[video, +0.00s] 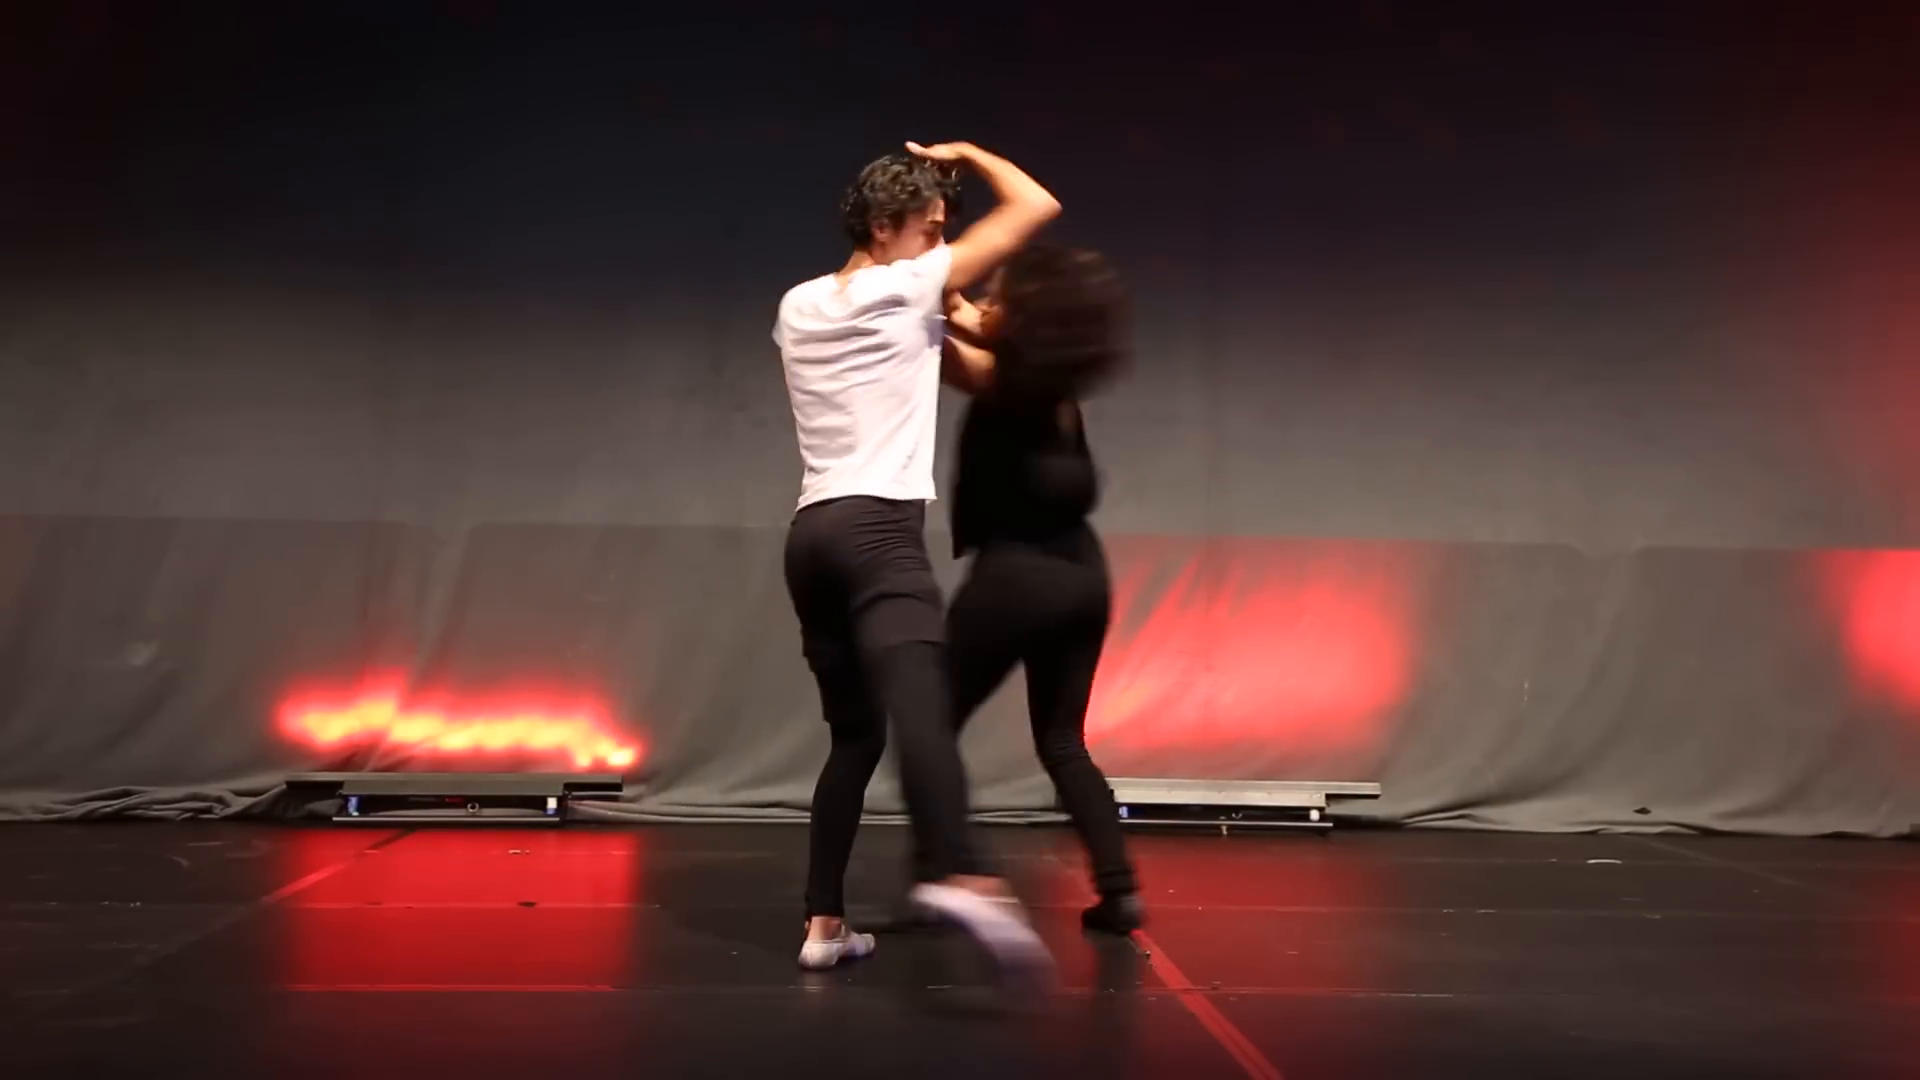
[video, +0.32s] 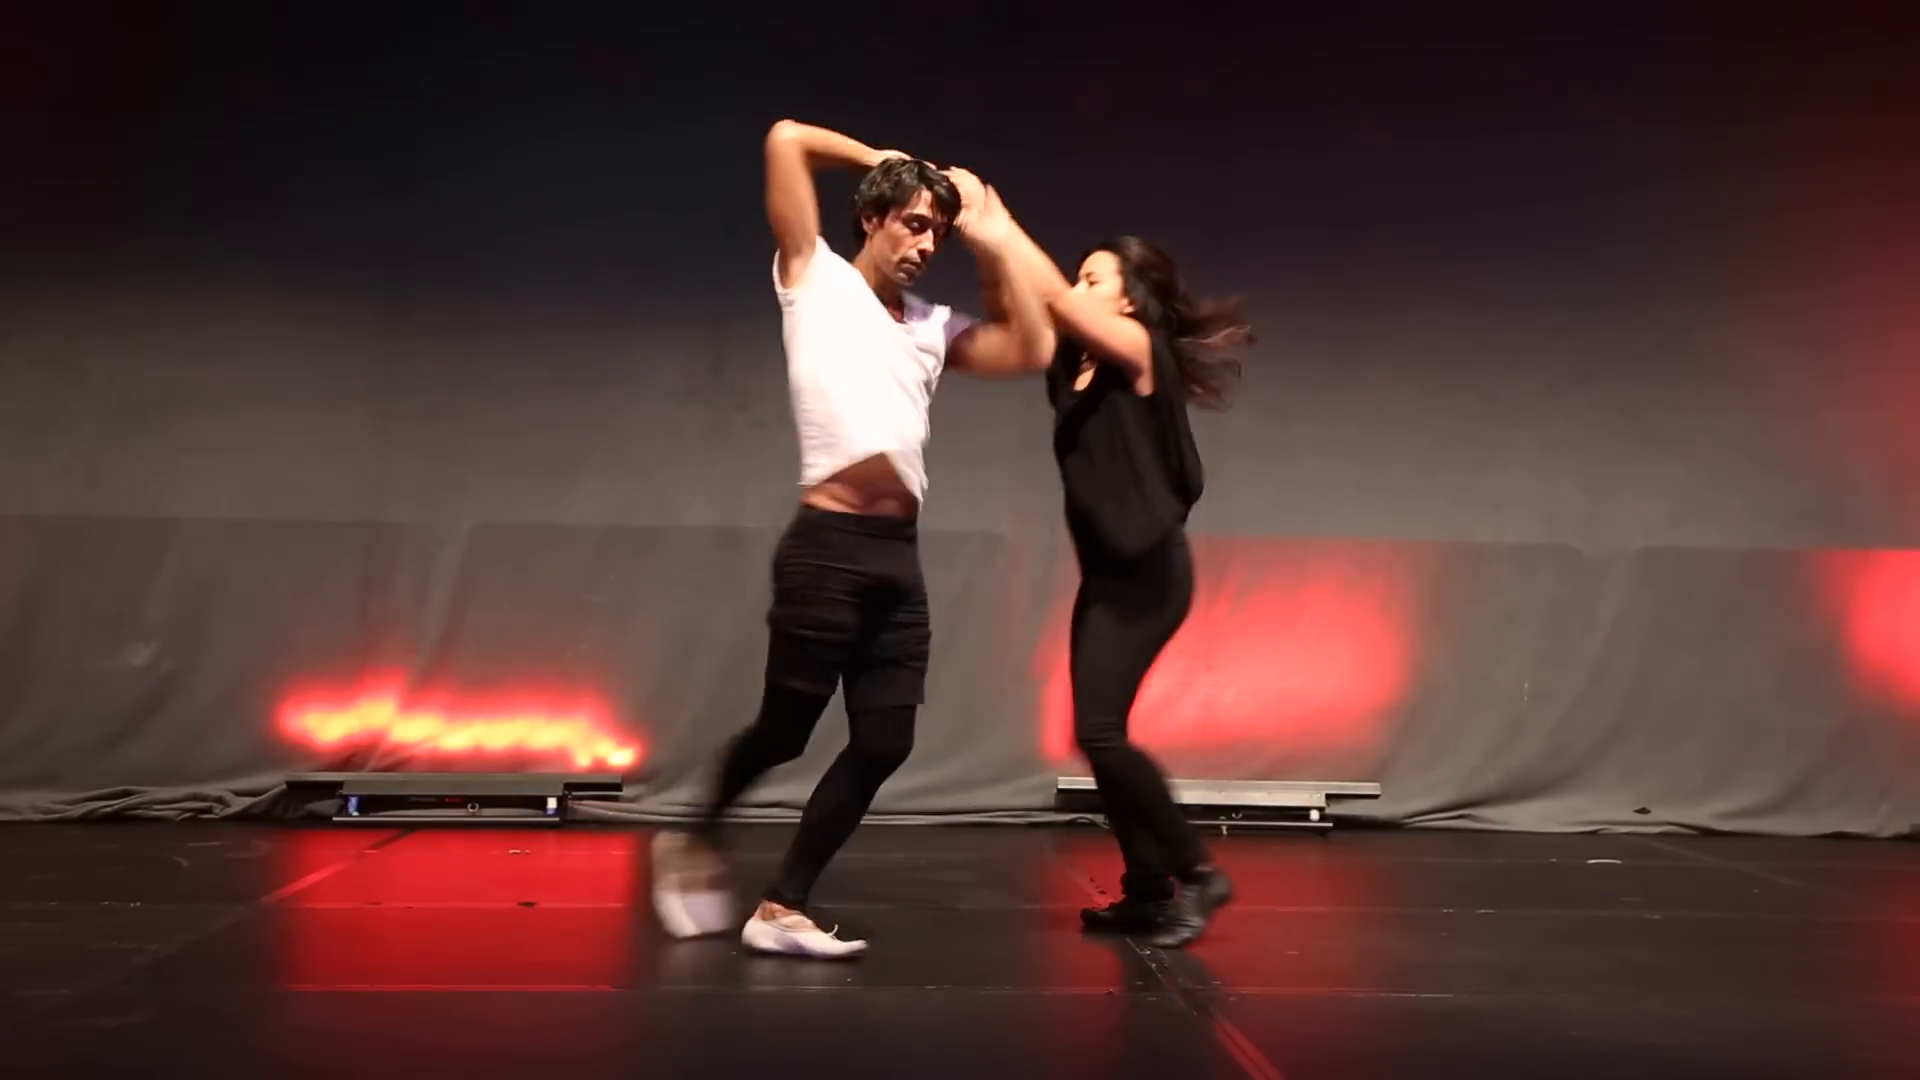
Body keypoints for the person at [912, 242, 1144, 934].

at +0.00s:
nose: (982, 303)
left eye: (998, 296)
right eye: (988, 293)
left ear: (1021, 316)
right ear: (1077, 324)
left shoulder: (997, 377)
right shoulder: (1063, 385)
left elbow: (922, 340)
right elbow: (990, 340)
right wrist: (939, 304)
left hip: (1008, 580)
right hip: (1079, 579)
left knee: (929, 720)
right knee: (1063, 743)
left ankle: (945, 875)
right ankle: (1119, 893)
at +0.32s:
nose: (1073, 283)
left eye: (1090, 274)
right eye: (1078, 273)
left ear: (1128, 297)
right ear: (1091, 291)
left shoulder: (1142, 354)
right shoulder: (1072, 358)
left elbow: (1055, 301)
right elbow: (1021, 307)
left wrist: (997, 222)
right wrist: (986, 231)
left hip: (1149, 574)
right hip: (1107, 577)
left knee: (1102, 731)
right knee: (1097, 733)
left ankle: (1196, 873)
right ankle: (1148, 889)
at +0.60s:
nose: (1110, 262)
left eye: (1126, 252)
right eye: (1111, 250)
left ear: (1171, 272)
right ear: (1112, 268)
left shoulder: (1182, 322)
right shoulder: (1094, 331)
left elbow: (1088, 253)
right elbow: (1018, 256)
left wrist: (1006, 182)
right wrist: (967, 171)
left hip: (1218, 554)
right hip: (1151, 554)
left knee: (1216, 723)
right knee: (1156, 723)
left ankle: (1236, 904)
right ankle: (1151, 881)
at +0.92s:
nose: (1146, 280)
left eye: (1161, 269)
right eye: (1148, 269)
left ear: (1208, 278)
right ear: (1163, 282)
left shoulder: (1228, 349)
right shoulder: (1147, 343)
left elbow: (1121, 391)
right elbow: (1042, 312)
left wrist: (1036, 334)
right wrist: (946, 279)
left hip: (1257, 571)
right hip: (1191, 575)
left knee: (1239, 738)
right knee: (1112, 706)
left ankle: (1237, 910)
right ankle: (1201, 834)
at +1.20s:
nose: (1173, 286)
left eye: (1188, 274)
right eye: (1176, 273)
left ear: (1233, 285)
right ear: (1221, 289)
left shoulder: (1240, 365)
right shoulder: (1217, 369)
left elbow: (1175, 447)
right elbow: (1169, 463)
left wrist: (1063, 436)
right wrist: (1095, 488)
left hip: (1252, 575)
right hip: (1220, 576)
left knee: (1203, 735)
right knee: (1186, 734)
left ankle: (1237, 905)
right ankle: (1275, 876)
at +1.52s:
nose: (1194, 293)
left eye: (1206, 282)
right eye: (1194, 281)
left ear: (1248, 289)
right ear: (1243, 297)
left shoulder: (1259, 356)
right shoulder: (1234, 373)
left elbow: (1183, 286)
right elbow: (1228, 496)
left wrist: (1102, 199)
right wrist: (1175, 565)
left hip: (1268, 572)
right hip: (1251, 573)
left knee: (1191, 734)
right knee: (1273, 745)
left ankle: (1257, 903)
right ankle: (1297, 901)